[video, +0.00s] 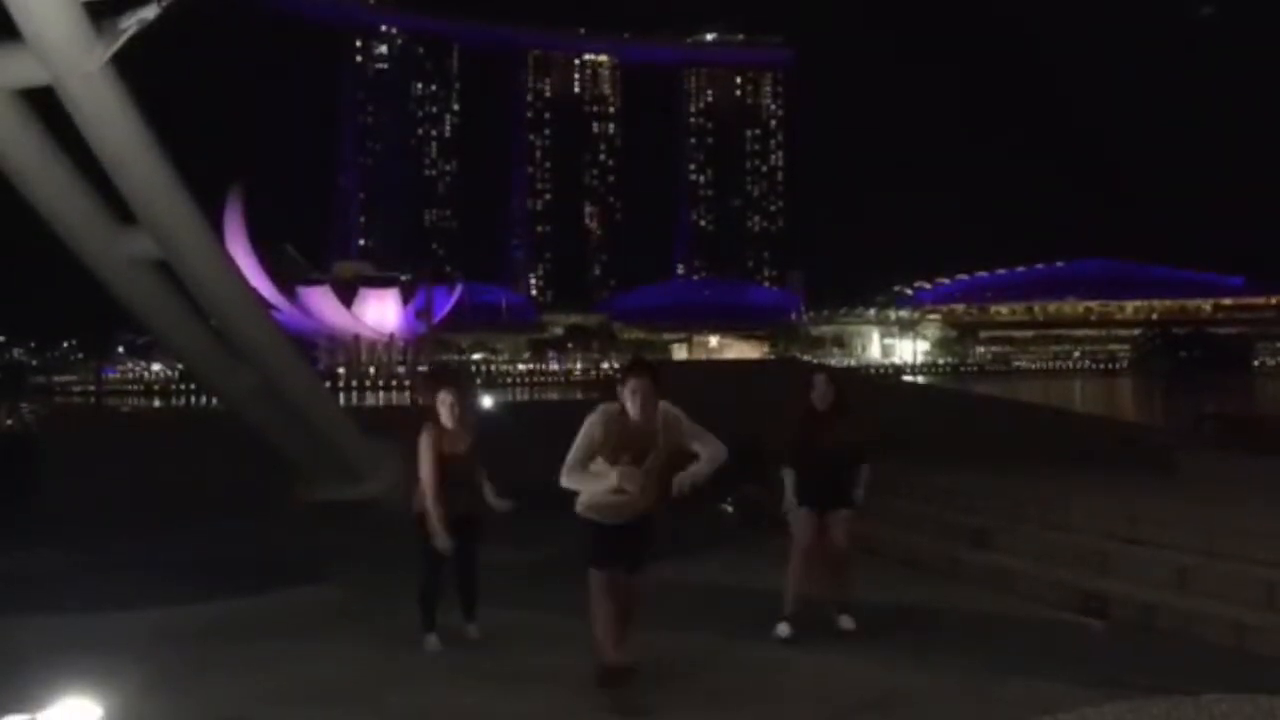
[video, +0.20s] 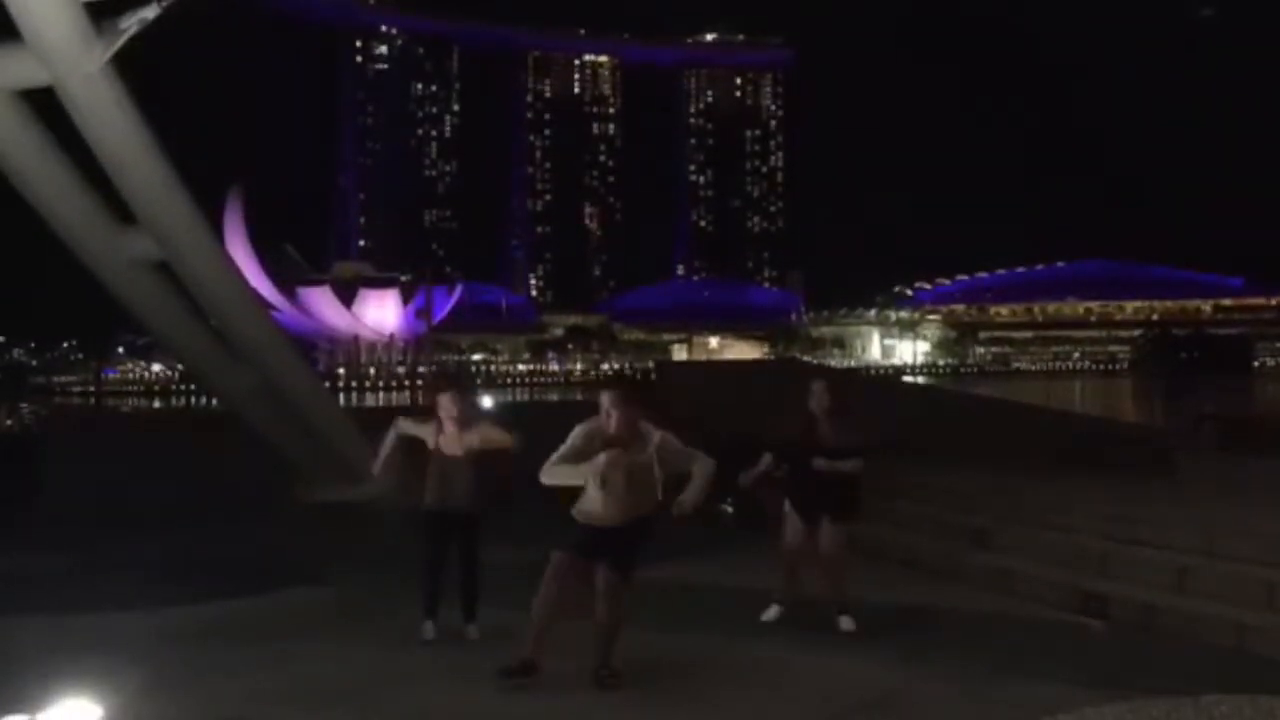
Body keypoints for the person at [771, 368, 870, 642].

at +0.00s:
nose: (820, 394)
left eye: (825, 388)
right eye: (816, 388)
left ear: (834, 391)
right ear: (810, 391)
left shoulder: (847, 422)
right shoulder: (800, 422)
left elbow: (862, 461)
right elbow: (789, 464)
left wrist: (859, 492)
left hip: (839, 495)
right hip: (806, 495)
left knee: (841, 552)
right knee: (800, 552)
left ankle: (843, 610)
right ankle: (788, 615)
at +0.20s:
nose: (817, 400)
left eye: (822, 394)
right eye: (813, 394)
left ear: (832, 398)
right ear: (808, 398)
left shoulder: (843, 428)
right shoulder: (799, 427)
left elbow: (856, 464)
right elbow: (773, 456)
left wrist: (829, 465)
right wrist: (753, 474)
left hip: (834, 498)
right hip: (800, 495)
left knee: (831, 554)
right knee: (789, 549)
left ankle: (841, 609)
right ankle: (781, 602)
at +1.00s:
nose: (809, 390)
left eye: (814, 384)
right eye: (805, 385)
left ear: (824, 389)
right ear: (799, 390)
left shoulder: (837, 424)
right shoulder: (790, 423)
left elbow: (859, 454)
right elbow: (756, 443)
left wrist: (874, 480)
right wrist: (785, 426)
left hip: (827, 496)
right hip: (790, 495)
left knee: (822, 555)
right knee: (783, 551)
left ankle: (822, 613)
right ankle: (776, 606)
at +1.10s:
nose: (810, 394)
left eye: (816, 388)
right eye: (807, 388)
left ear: (827, 392)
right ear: (801, 391)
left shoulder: (838, 423)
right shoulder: (792, 419)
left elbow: (863, 449)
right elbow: (773, 451)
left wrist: (880, 473)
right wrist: (809, 452)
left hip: (829, 498)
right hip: (793, 497)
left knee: (824, 559)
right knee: (787, 555)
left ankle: (823, 614)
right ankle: (772, 614)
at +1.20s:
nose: (812, 395)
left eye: (817, 389)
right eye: (808, 389)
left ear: (828, 392)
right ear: (803, 392)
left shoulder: (841, 421)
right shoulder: (797, 423)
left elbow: (863, 447)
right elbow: (784, 465)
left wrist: (879, 471)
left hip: (833, 495)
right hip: (801, 495)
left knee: (829, 556)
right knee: (792, 551)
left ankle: (823, 612)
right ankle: (764, 607)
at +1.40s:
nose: (816, 403)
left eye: (821, 397)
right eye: (811, 397)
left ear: (830, 399)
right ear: (806, 399)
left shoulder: (838, 429)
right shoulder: (793, 427)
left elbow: (856, 450)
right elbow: (762, 459)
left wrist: (869, 451)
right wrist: (740, 492)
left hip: (828, 494)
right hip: (795, 489)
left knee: (830, 552)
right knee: (815, 529)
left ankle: (824, 612)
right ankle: (766, 559)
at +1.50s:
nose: (818, 402)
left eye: (822, 397)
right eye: (814, 397)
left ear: (830, 399)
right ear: (807, 398)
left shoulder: (834, 427)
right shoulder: (794, 425)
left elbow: (844, 454)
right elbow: (765, 459)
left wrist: (863, 456)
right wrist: (742, 492)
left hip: (828, 495)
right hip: (795, 492)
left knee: (829, 553)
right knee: (804, 540)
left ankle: (823, 611)